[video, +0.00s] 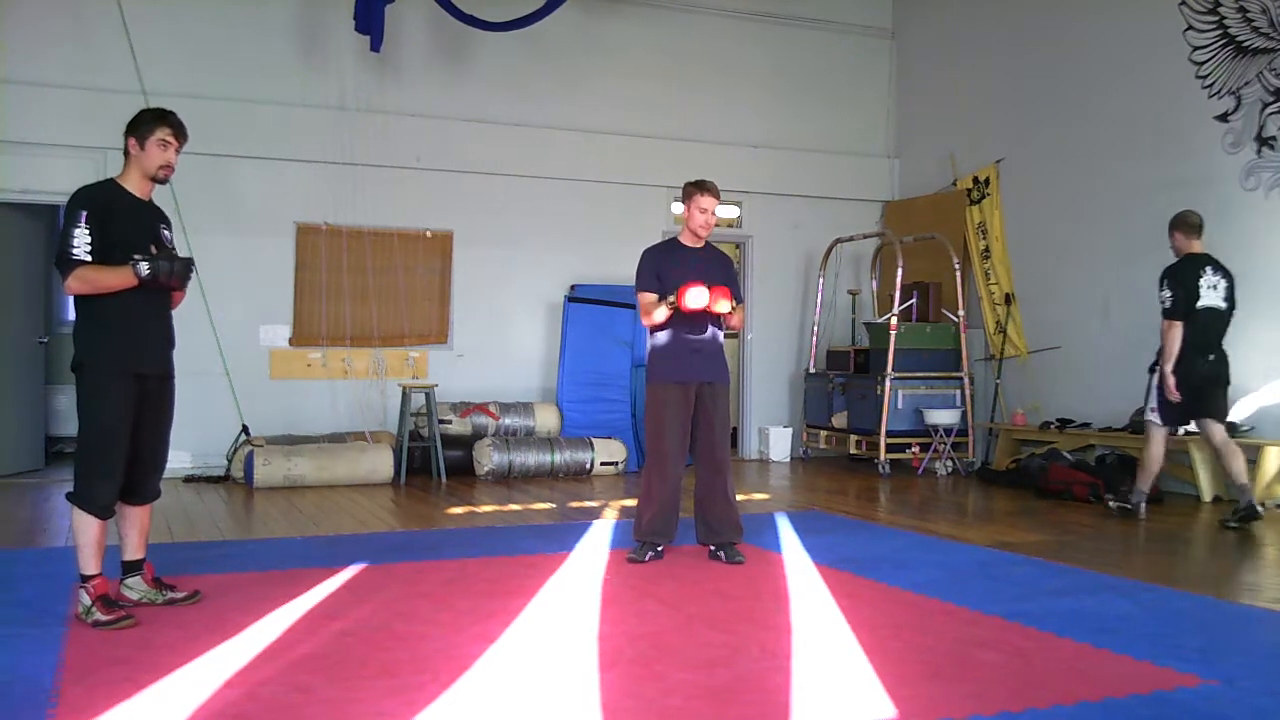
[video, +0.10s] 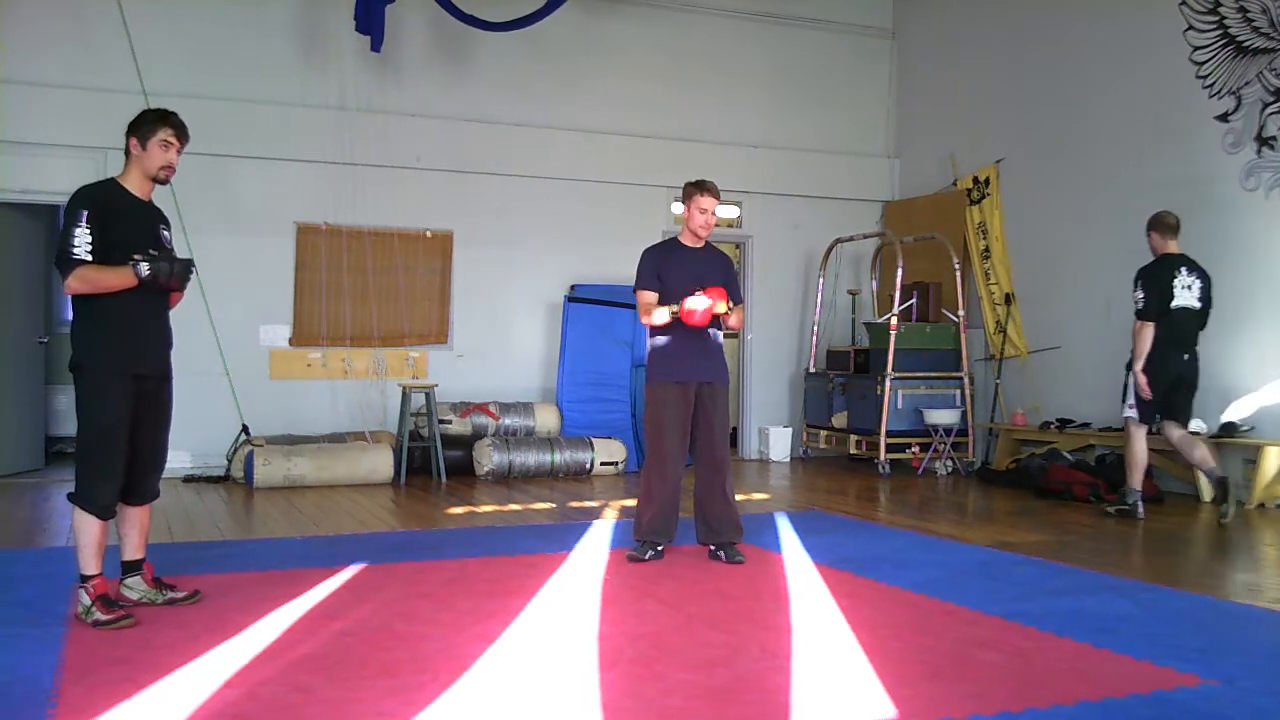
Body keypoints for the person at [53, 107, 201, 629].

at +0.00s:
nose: (172, 157)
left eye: (177, 150)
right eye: (164, 146)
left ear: (172, 156)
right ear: (133, 144)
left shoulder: (159, 219)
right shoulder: (89, 200)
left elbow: (169, 303)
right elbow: (76, 279)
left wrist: (181, 277)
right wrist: (146, 272)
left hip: (154, 365)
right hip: (105, 363)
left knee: (142, 471)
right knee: (98, 472)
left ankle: (135, 579)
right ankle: (91, 590)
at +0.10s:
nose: (173, 158)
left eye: (178, 150)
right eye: (166, 146)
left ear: (173, 156)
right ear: (135, 144)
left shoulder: (159, 219)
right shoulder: (90, 200)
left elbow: (165, 303)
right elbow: (74, 279)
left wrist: (179, 279)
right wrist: (144, 273)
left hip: (152, 365)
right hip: (103, 363)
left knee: (142, 472)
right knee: (99, 473)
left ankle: (134, 579)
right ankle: (90, 591)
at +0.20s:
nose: (173, 159)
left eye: (178, 151)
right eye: (166, 147)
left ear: (172, 157)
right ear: (135, 144)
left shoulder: (158, 218)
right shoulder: (89, 199)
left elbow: (163, 300)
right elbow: (74, 279)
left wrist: (177, 281)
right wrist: (143, 273)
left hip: (150, 364)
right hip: (102, 362)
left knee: (141, 471)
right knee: (99, 472)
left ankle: (134, 579)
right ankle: (90, 591)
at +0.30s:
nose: (171, 158)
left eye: (176, 150)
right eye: (163, 146)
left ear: (171, 157)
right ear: (132, 144)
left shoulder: (157, 218)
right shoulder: (88, 200)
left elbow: (162, 300)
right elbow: (74, 279)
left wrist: (176, 281)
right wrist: (143, 274)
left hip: (151, 364)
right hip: (102, 363)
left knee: (141, 471)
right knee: (97, 472)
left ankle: (134, 578)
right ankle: (90, 590)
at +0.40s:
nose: (169, 157)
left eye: (173, 149)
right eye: (161, 146)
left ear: (168, 156)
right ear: (130, 145)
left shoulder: (155, 218)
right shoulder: (87, 200)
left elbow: (163, 299)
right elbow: (74, 282)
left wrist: (177, 279)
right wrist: (143, 273)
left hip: (152, 364)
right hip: (103, 364)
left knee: (142, 470)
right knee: (98, 471)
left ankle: (135, 578)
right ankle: (90, 590)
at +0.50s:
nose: (167, 156)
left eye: (171, 148)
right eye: (159, 145)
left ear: (167, 154)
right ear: (127, 144)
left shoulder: (155, 218)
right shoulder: (87, 200)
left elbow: (164, 299)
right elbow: (74, 282)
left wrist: (177, 278)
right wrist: (143, 273)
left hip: (152, 364)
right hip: (104, 363)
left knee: (142, 471)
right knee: (99, 472)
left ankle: (135, 579)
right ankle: (90, 591)